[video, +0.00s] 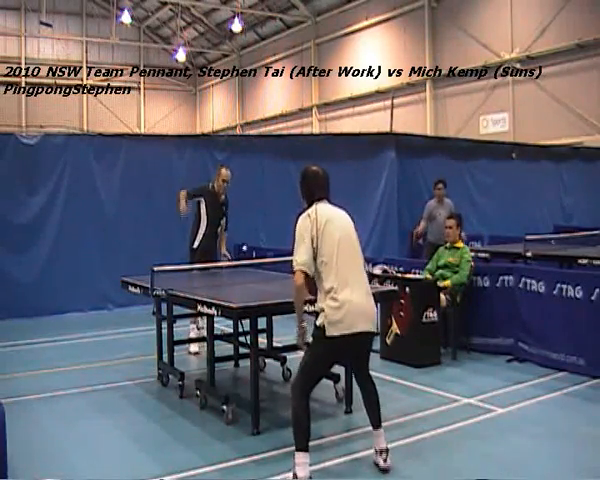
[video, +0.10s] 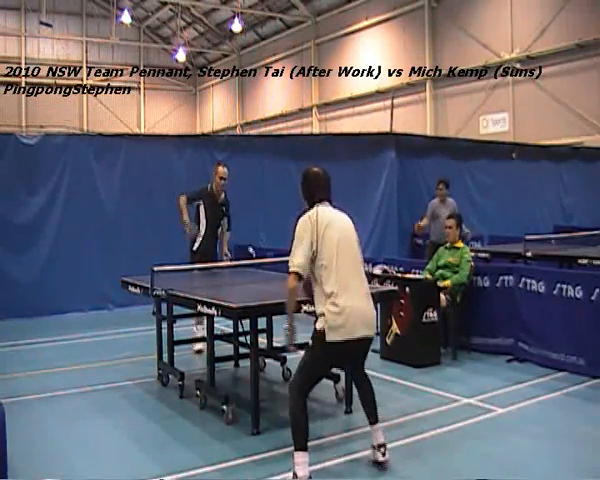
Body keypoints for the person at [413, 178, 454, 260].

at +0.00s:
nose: (440, 192)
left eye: (442, 189)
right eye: (438, 189)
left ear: (445, 191)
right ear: (434, 191)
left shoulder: (449, 204)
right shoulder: (430, 205)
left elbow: (452, 218)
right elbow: (424, 219)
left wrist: (455, 232)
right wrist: (420, 229)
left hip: (446, 239)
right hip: (432, 240)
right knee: (429, 263)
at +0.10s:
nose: (439, 192)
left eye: (441, 189)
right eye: (438, 189)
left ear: (447, 191)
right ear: (436, 191)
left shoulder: (452, 203)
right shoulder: (432, 204)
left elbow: (456, 217)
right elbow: (427, 217)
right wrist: (421, 225)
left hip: (449, 238)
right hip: (435, 238)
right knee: (432, 262)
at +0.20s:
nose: (445, 190)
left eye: (447, 188)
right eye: (444, 188)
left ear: (452, 189)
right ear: (442, 189)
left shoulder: (457, 201)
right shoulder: (438, 201)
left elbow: (462, 217)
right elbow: (432, 215)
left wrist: (470, 228)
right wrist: (425, 220)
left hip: (454, 237)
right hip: (440, 236)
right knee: (436, 260)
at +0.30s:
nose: (452, 189)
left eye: (454, 186)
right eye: (450, 186)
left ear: (457, 188)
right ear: (447, 187)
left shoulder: (460, 200)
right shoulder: (442, 200)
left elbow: (464, 215)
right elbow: (435, 213)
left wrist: (473, 228)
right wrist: (426, 220)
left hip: (456, 233)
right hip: (443, 233)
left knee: (455, 256)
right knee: (441, 255)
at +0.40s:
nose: (460, 187)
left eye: (461, 184)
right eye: (458, 184)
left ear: (463, 186)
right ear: (453, 186)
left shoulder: (464, 199)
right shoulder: (447, 197)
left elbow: (466, 214)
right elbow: (439, 210)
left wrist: (475, 225)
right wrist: (431, 218)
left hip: (458, 230)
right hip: (445, 229)